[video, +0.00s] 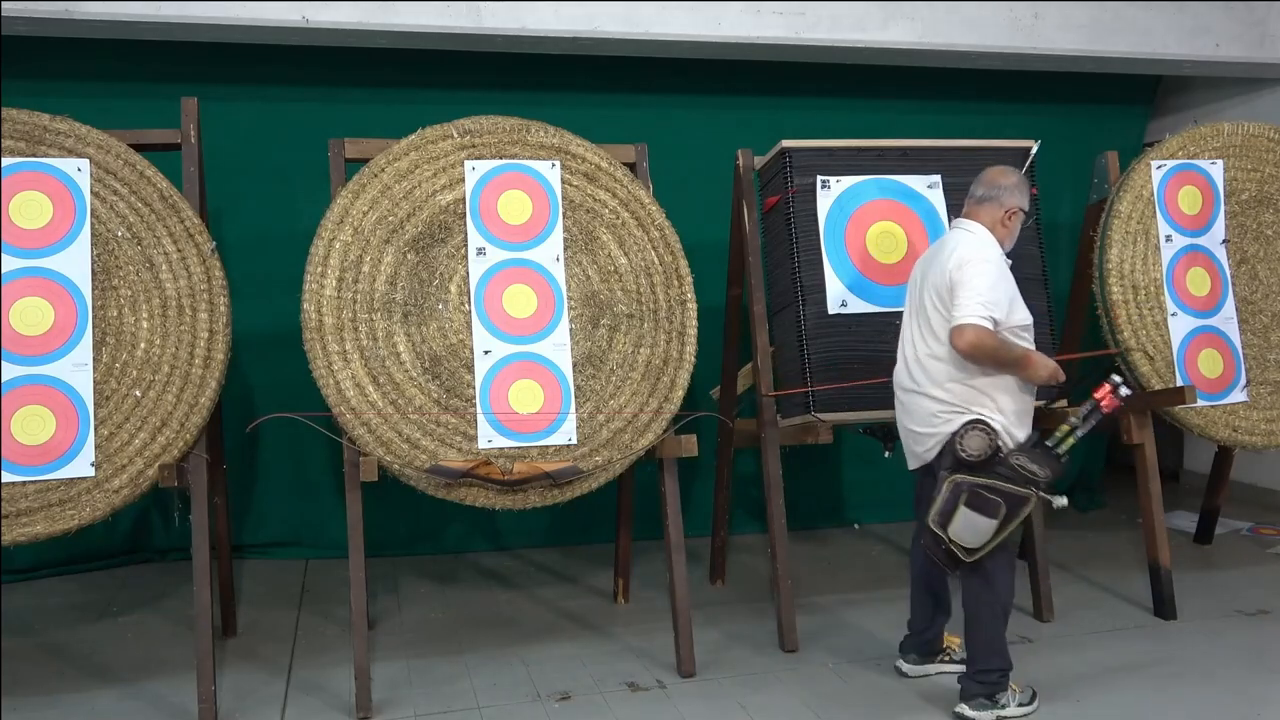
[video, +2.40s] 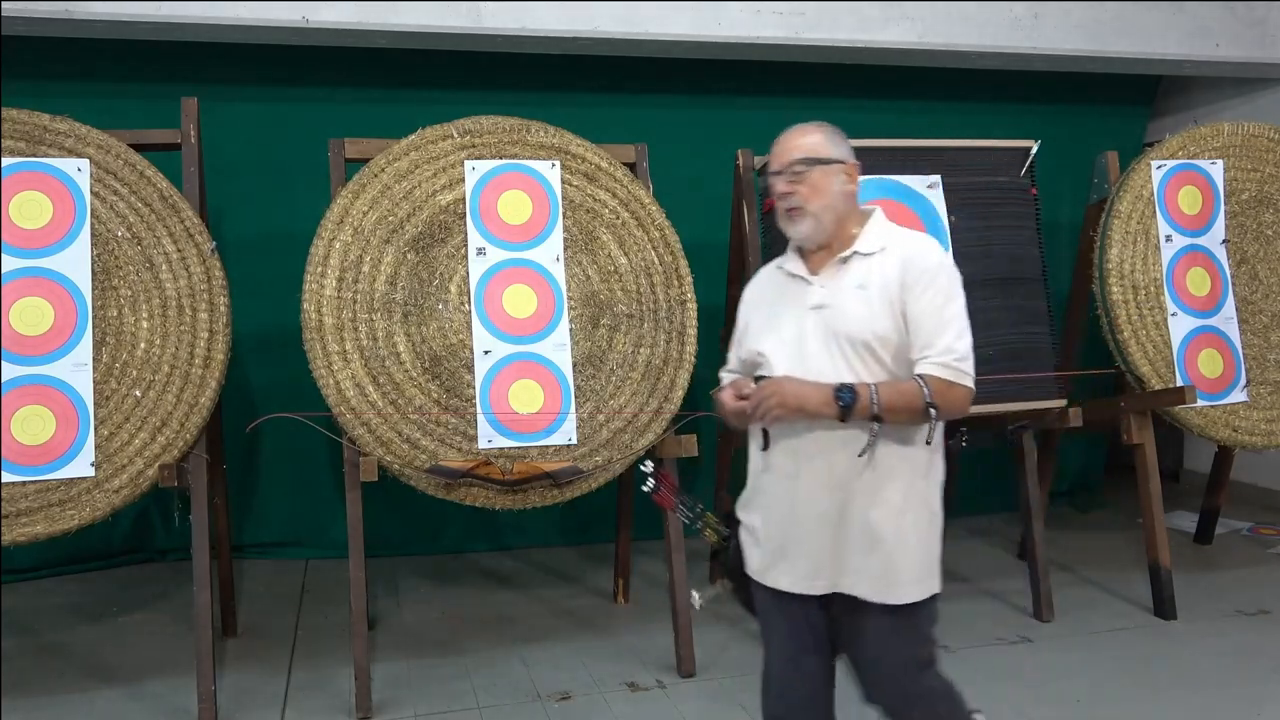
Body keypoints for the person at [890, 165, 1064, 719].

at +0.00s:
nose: (1020, 229)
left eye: (1022, 219)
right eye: (1021, 219)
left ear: (967, 207)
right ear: (1007, 213)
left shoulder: (937, 251)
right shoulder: (977, 253)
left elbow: (940, 343)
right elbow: (970, 336)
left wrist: (1022, 367)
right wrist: (1029, 362)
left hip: (929, 429)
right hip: (971, 433)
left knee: (932, 540)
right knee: (990, 557)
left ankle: (922, 646)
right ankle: (987, 688)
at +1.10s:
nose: (995, 198)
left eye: (996, 188)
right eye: (979, 192)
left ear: (996, 194)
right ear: (944, 207)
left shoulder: (981, 256)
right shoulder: (931, 270)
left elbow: (969, 344)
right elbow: (891, 369)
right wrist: (979, 379)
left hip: (1011, 444)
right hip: (960, 456)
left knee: (1040, 541)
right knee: (967, 565)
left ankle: (986, 636)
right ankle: (941, 675)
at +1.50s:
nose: (965, 207)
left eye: (976, 193)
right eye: (948, 199)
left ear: (995, 199)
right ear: (930, 211)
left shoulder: (1040, 269)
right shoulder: (900, 279)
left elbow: (1061, 365)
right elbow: (867, 384)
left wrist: (1065, 439)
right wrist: (911, 354)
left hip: (1016, 476)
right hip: (930, 474)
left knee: (1007, 611)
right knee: (941, 584)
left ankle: (999, 713)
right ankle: (948, 671)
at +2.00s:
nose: (915, 188)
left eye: (931, 173)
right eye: (899, 178)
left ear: (961, 182)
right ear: (886, 195)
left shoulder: (1020, 264)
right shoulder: (867, 269)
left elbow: (1083, 378)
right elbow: (850, 353)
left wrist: (1049, 465)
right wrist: (838, 373)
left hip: (984, 524)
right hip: (881, 520)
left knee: (993, 683)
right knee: (875, 671)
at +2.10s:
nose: (892, 195)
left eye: (908, 179)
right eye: (876, 185)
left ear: (939, 186)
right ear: (864, 201)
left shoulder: (999, 267)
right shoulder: (845, 279)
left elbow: (1062, 379)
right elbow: (837, 364)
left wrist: (985, 443)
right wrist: (823, 382)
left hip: (971, 531)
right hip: (867, 528)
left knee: (990, 692)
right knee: (856, 688)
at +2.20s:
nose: (866, 200)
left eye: (881, 183)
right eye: (850, 191)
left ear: (913, 192)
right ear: (838, 210)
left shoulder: (972, 273)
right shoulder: (821, 290)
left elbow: (1019, 397)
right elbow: (813, 382)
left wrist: (908, 428)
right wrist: (797, 398)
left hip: (948, 539)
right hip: (843, 540)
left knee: (982, 701)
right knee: (841, 699)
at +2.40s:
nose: (781, 189)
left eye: (799, 172)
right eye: (772, 178)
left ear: (850, 177)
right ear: (766, 192)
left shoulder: (918, 261)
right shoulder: (763, 287)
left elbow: (952, 390)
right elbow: (738, 394)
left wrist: (825, 398)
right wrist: (733, 403)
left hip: (885, 545)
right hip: (782, 545)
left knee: (904, 692)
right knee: (790, 705)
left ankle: (954, 714)